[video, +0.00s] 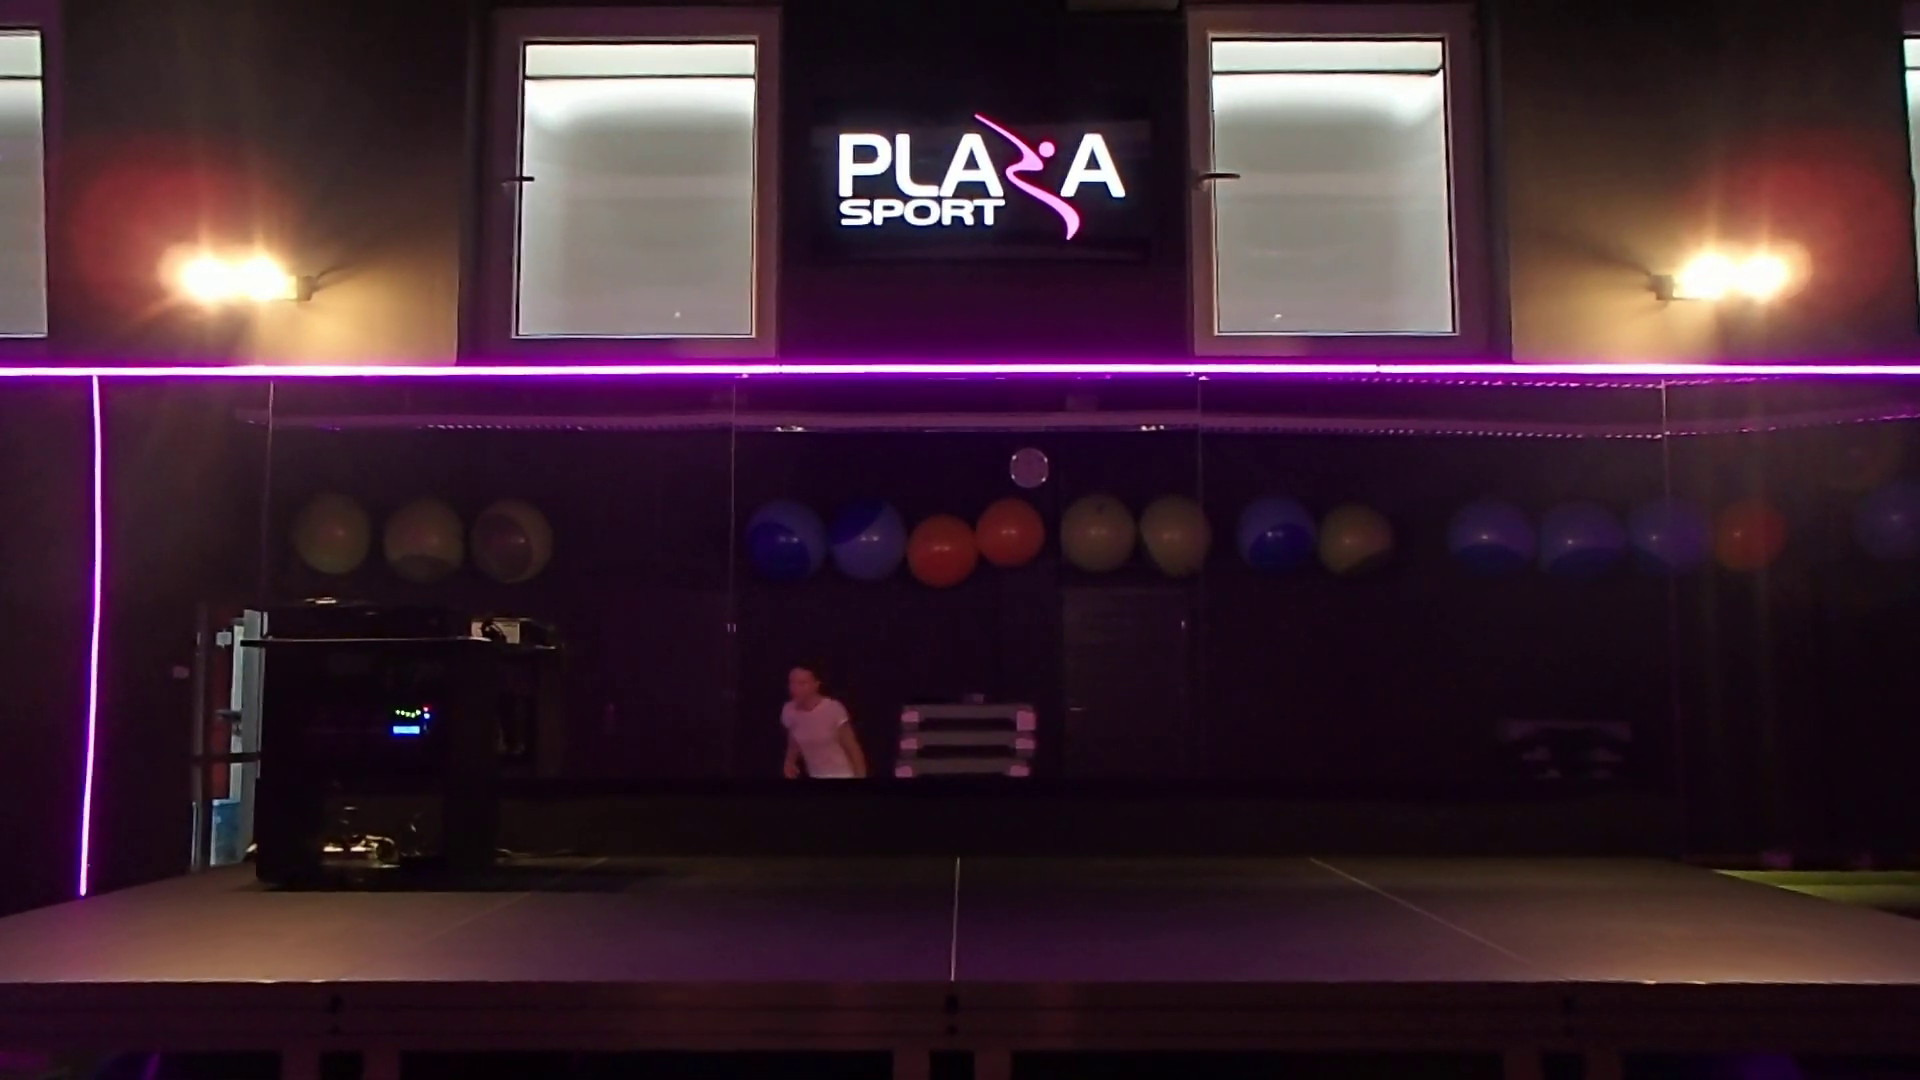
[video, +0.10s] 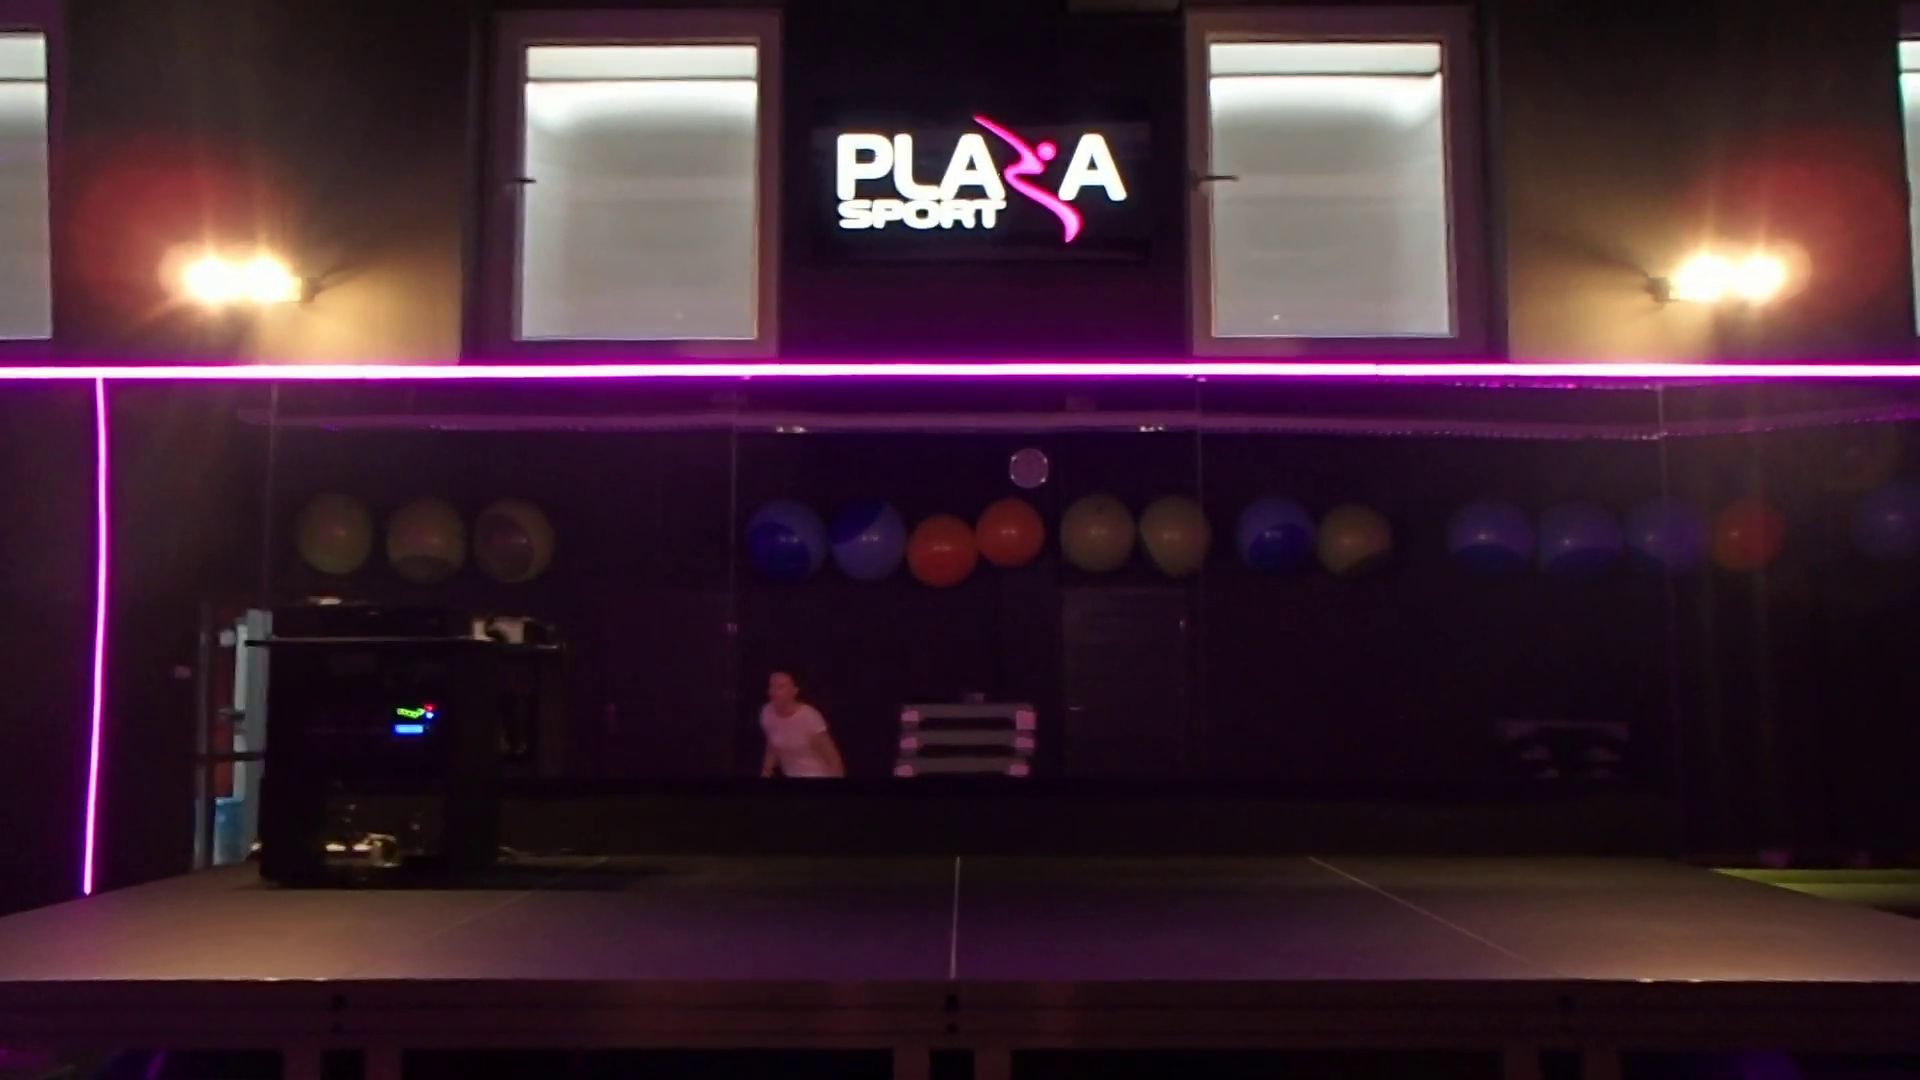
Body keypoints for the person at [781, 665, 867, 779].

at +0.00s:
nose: (796, 689)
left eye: (802, 683)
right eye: (793, 683)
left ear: (816, 685)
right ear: (789, 686)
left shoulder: (833, 709)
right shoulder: (789, 711)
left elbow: (852, 746)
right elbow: (793, 742)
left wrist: (861, 776)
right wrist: (790, 763)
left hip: (844, 777)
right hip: (815, 779)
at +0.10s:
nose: (774, 692)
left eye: (781, 687)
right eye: (772, 687)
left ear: (794, 690)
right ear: (769, 690)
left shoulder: (809, 716)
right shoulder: (768, 714)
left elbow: (831, 755)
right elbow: (772, 749)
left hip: (820, 781)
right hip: (791, 781)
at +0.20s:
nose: (756, 690)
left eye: (762, 685)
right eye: (753, 685)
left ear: (774, 691)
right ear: (749, 688)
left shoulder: (785, 717)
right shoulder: (747, 714)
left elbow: (800, 751)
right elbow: (751, 749)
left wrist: (808, 773)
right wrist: (750, 774)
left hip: (790, 776)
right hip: (764, 776)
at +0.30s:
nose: (738, 679)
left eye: (743, 673)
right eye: (734, 673)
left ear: (753, 678)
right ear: (726, 679)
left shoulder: (761, 707)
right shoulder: (724, 704)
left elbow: (783, 748)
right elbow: (724, 737)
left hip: (770, 776)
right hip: (743, 777)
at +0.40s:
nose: (710, 650)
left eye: (717, 645)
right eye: (708, 645)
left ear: (731, 651)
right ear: (703, 650)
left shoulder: (741, 681)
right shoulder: (703, 681)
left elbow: (759, 721)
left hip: (744, 768)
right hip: (712, 766)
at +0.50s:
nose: (687, 638)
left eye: (695, 633)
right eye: (684, 632)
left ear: (708, 640)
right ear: (679, 638)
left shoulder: (715, 670)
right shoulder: (677, 671)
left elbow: (734, 714)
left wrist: (707, 727)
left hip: (712, 759)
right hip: (681, 757)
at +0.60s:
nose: (661, 645)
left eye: (668, 639)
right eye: (658, 640)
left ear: (683, 645)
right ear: (654, 644)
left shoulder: (693, 677)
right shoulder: (648, 681)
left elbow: (710, 722)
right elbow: (646, 723)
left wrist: (704, 761)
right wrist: (645, 760)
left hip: (684, 768)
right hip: (650, 769)